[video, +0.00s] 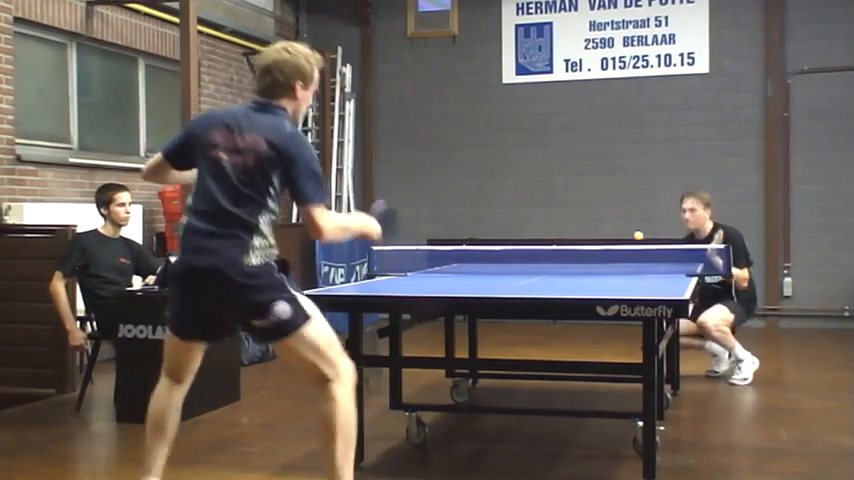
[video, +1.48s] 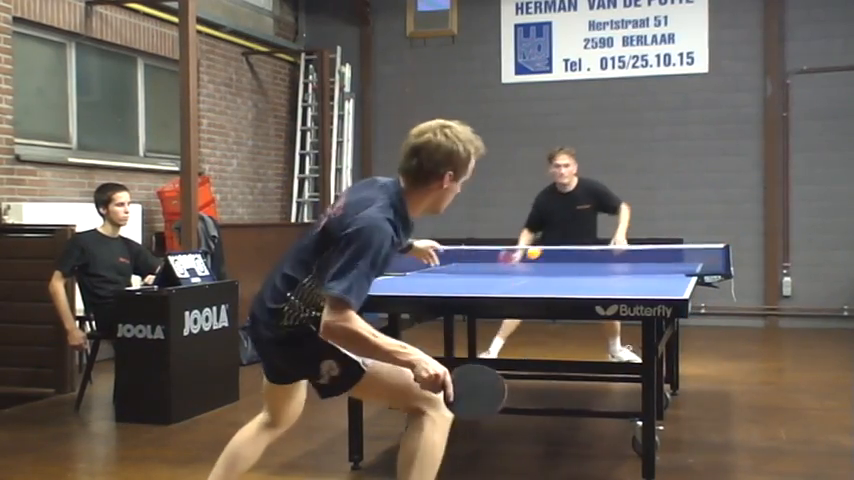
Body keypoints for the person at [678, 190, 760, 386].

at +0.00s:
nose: (686, 216)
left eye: (691, 210)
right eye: (683, 211)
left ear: (707, 212)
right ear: (681, 214)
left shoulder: (729, 236)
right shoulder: (687, 243)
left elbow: (744, 280)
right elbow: (682, 276)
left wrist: (722, 267)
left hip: (737, 296)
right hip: (706, 299)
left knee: (706, 322)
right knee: (670, 332)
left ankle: (746, 359)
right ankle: (719, 350)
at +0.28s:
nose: (671, 177)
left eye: (677, 172)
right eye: (667, 172)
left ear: (689, 174)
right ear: (662, 176)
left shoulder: (707, 202)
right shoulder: (657, 207)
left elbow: (730, 238)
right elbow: (648, 243)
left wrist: (692, 246)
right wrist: (638, 260)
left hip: (703, 272)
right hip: (666, 274)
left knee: (702, 313)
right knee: (631, 296)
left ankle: (739, 363)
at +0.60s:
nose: (639, 161)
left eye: (644, 155)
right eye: (634, 157)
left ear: (655, 156)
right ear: (629, 161)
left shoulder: (674, 184)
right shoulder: (625, 190)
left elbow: (699, 218)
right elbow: (618, 226)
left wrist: (676, 235)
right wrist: (615, 247)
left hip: (672, 264)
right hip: (635, 265)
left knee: (691, 307)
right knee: (608, 301)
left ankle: (719, 358)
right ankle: (623, 350)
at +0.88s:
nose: (576, 183)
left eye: (581, 178)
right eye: (574, 180)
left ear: (598, 178)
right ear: (575, 184)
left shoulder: (620, 197)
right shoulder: (577, 213)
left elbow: (661, 214)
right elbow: (539, 224)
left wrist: (627, 223)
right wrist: (500, 221)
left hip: (645, 271)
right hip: (604, 274)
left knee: (678, 315)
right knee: (565, 303)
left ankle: (726, 361)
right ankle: (541, 352)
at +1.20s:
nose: (534, 179)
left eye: (538, 173)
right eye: (529, 175)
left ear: (549, 175)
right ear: (524, 179)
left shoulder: (568, 192)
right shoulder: (523, 207)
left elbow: (607, 199)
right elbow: (492, 234)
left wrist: (606, 194)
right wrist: (457, 249)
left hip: (582, 263)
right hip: (545, 266)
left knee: (594, 301)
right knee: (512, 293)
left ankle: (630, 344)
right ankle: (507, 345)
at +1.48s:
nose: (561, 171)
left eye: (566, 166)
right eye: (556, 166)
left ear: (576, 168)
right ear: (550, 170)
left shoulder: (591, 190)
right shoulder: (545, 197)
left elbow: (623, 208)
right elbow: (530, 229)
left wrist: (620, 235)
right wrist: (520, 250)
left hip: (588, 263)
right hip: (550, 264)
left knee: (612, 299)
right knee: (520, 300)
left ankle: (615, 349)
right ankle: (493, 351)